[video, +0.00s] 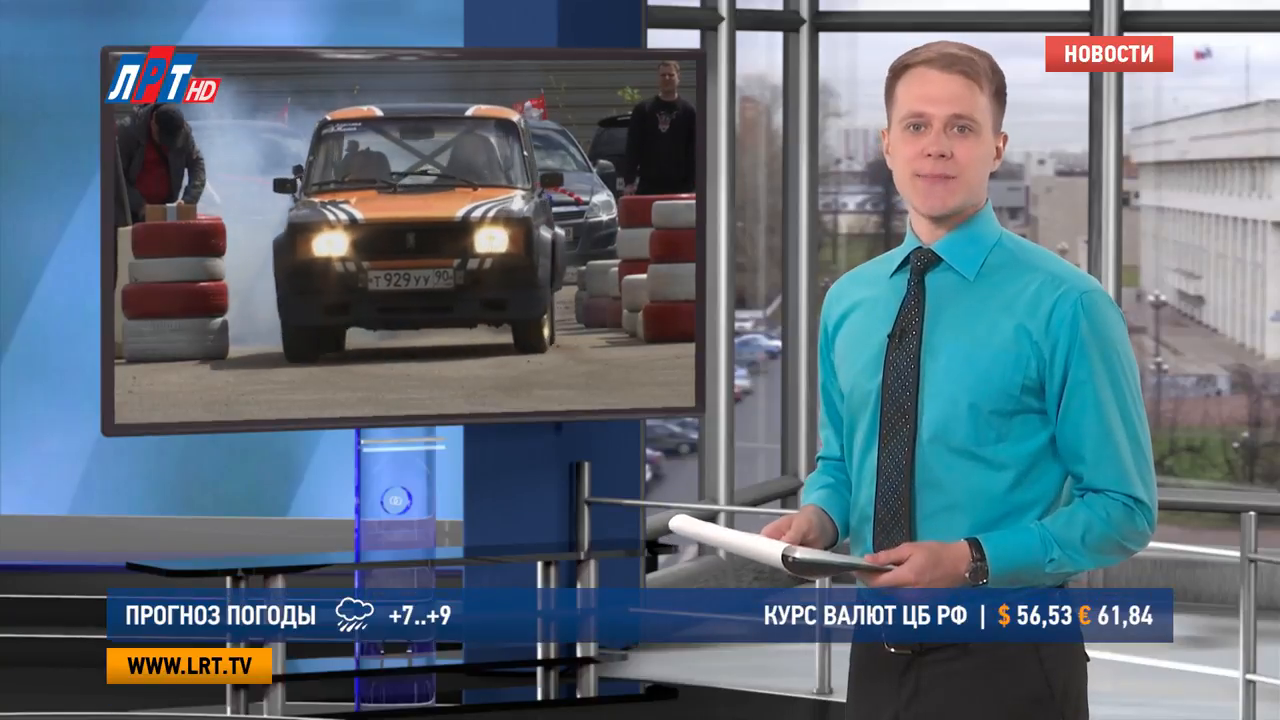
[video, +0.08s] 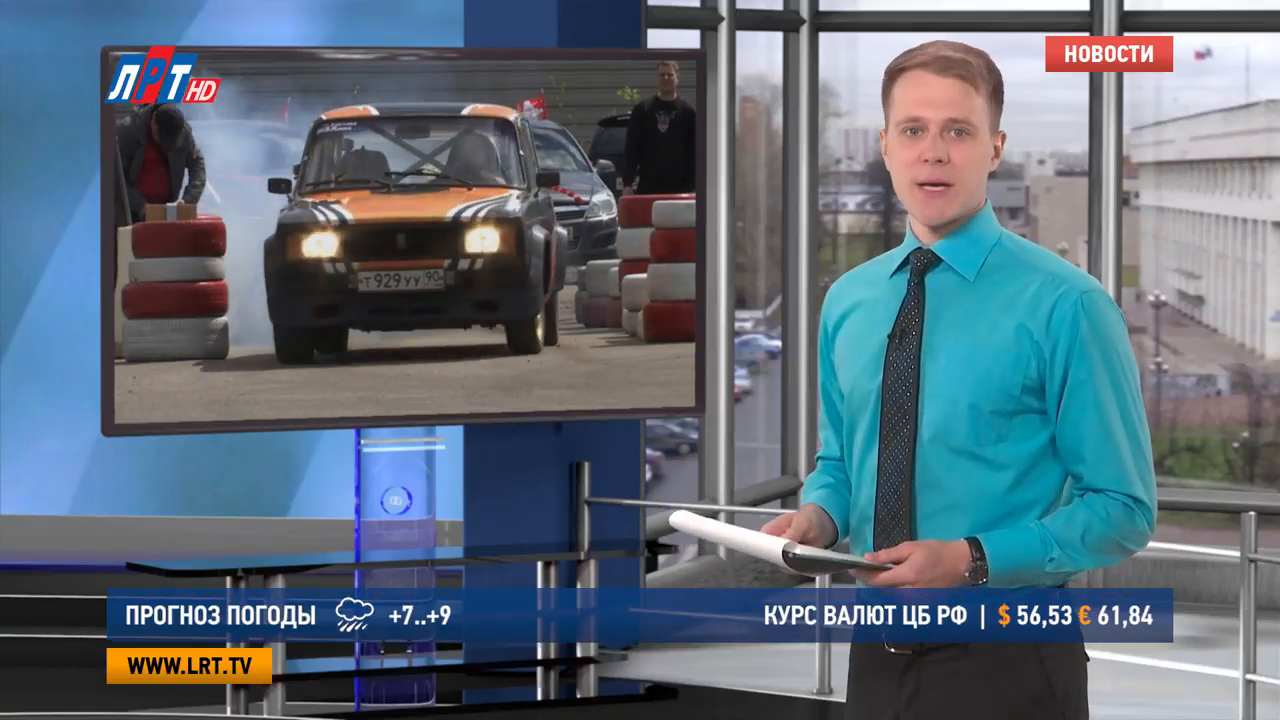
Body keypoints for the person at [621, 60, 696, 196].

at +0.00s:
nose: (667, 79)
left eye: (670, 75)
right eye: (663, 75)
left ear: (678, 78)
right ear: (658, 79)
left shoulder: (689, 112)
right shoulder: (642, 110)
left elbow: (695, 150)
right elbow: (633, 147)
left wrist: (695, 185)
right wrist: (629, 182)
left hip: (681, 184)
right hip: (649, 183)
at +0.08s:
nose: (666, 78)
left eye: (670, 75)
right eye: (662, 75)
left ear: (677, 78)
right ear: (657, 78)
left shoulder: (689, 112)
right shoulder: (642, 110)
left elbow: (695, 151)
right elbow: (632, 148)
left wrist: (695, 186)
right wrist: (628, 184)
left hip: (681, 185)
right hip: (649, 185)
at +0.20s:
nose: (663, 78)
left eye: (666, 75)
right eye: (659, 75)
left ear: (674, 78)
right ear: (654, 78)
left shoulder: (686, 112)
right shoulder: (639, 110)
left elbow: (693, 151)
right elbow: (630, 148)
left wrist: (692, 187)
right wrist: (626, 186)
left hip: (679, 186)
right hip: (647, 185)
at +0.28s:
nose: (660, 78)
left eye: (664, 74)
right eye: (656, 74)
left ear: (672, 78)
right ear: (651, 78)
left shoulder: (684, 112)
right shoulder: (637, 112)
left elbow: (690, 151)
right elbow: (628, 149)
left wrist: (690, 187)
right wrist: (625, 186)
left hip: (677, 186)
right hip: (645, 185)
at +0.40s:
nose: (656, 77)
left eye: (660, 74)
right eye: (653, 74)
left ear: (668, 77)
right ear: (648, 77)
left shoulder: (681, 112)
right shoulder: (633, 111)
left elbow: (689, 150)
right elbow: (625, 149)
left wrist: (689, 187)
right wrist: (623, 185)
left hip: (675, 186)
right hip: (642, 185)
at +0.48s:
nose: (654, 77)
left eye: (658, 73)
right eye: (650, 74)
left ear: (666, 77)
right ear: (645, 77)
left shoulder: (678, 112)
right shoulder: (631, 111)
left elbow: (686, 150)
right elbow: (623, 149)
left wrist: (687, 186)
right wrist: (622, 184)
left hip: (673, 184)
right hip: (640, 184)